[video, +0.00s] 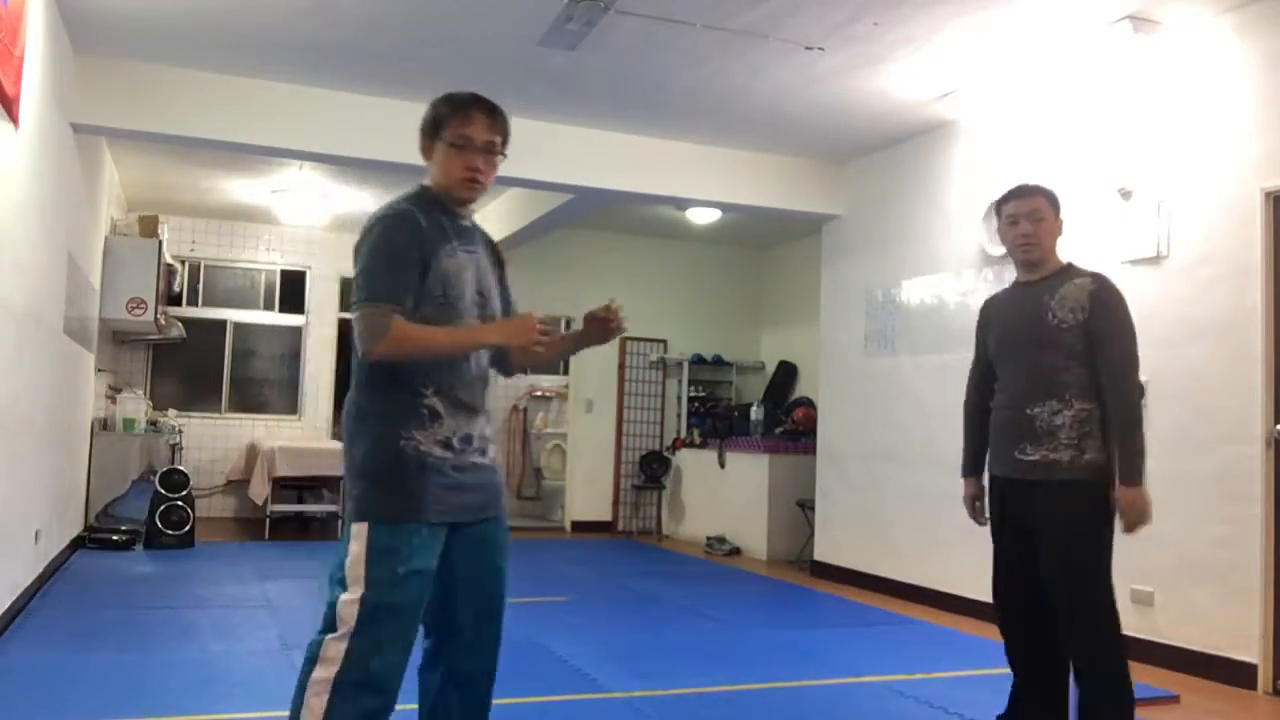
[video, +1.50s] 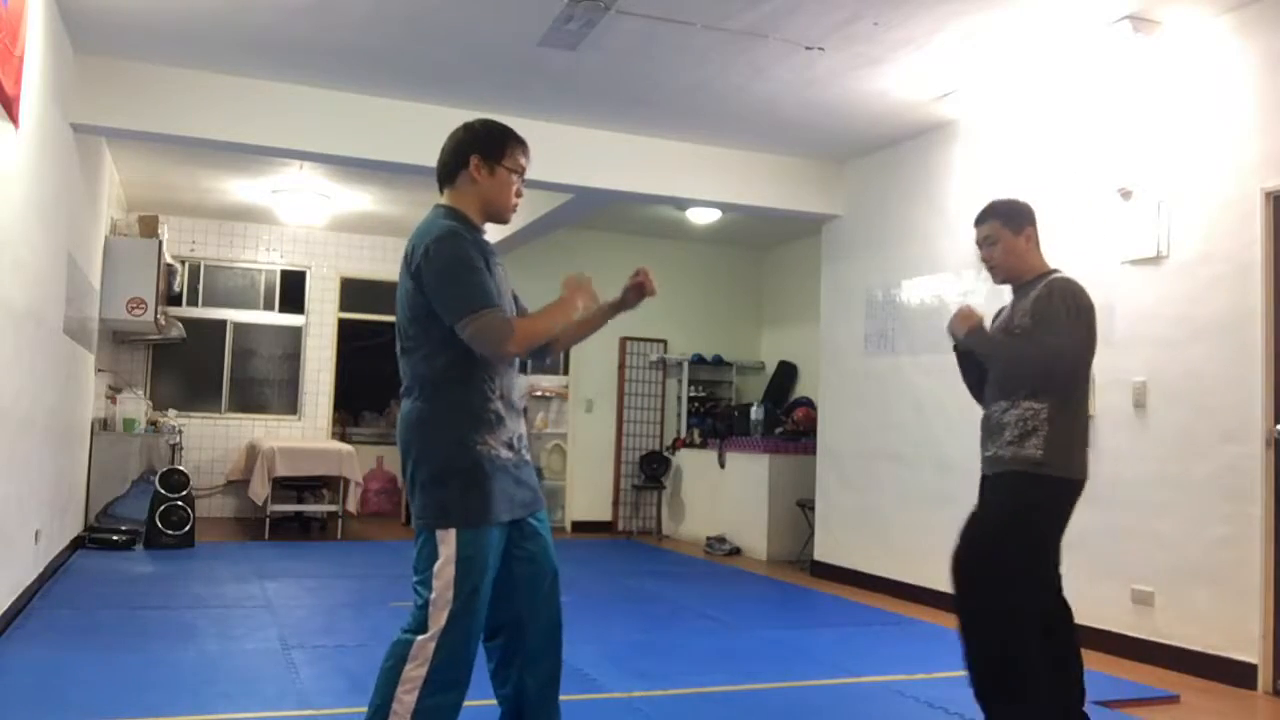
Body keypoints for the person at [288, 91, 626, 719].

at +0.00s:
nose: (478, 162)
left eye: (490, 151)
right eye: (463, 147)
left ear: (500, 162)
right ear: (428, 150)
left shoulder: (486, 249)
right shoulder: (396, 226)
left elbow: (504, 353)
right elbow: (377, 337)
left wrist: (577, 338)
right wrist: (493, 333)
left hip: (473, 477)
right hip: (398, 475)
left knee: (467, 651)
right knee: (363, 652)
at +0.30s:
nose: (487, 173)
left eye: (499, 164)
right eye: (472, 157)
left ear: (506, 176)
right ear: (436, 159)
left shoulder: (488, 258)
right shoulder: (409, 232)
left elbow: (507, 363)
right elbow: (395, 338)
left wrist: (582, 349)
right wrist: (505, 326)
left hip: (479, 475)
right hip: (407, 474)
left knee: (485, 632)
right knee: (384, 636)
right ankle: (338, 717)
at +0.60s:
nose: (488, 179)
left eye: (500, 171)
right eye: (474, 163)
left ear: (507, 180)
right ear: (436, 163)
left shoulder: (464, 248)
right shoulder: (421, 234)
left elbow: (479, 363)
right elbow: (425, 342)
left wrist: (561, 354)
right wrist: (527, 323)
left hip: (476, 460)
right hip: (417, 461)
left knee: (508, 615)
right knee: (383, 628)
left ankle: (514, 713)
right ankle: (333, 717)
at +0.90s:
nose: (524, 188)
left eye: (530, 178)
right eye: (513, 173)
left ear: (528, 185)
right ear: (469, 170)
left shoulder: (485, 247)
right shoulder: (456, 239)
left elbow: (522, 356)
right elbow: (492, 340)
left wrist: (589, 325)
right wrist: (566, 303)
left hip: (504, 450)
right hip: (461, 451)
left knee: (531, 610)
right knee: (440, 610)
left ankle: (530, 714)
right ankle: (371, 714)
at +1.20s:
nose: (525, 191)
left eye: (527, 180)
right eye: (517, 176)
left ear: (485, 177)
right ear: (476, 172)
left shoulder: (485, 255)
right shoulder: (445, 243)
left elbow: (535, 357)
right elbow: (485, 341)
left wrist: (617, 337)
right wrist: (558, 307)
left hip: (511, 463)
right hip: (459, 465)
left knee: (534, 621)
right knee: (444, 627)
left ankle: (533, 714)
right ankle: (398, 715)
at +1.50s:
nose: (522, 191)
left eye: (525, 180)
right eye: (516, 176)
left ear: (481, 175)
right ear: (476, 170)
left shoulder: (476, 249)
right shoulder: (445, 241)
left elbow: (537, 340)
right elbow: (496, 338)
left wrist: (616, 306)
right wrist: (565, 306)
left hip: (506, 466)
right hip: (458, 467)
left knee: (530, 623)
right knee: (443, 630)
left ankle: (532, 714)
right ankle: (398, 715)